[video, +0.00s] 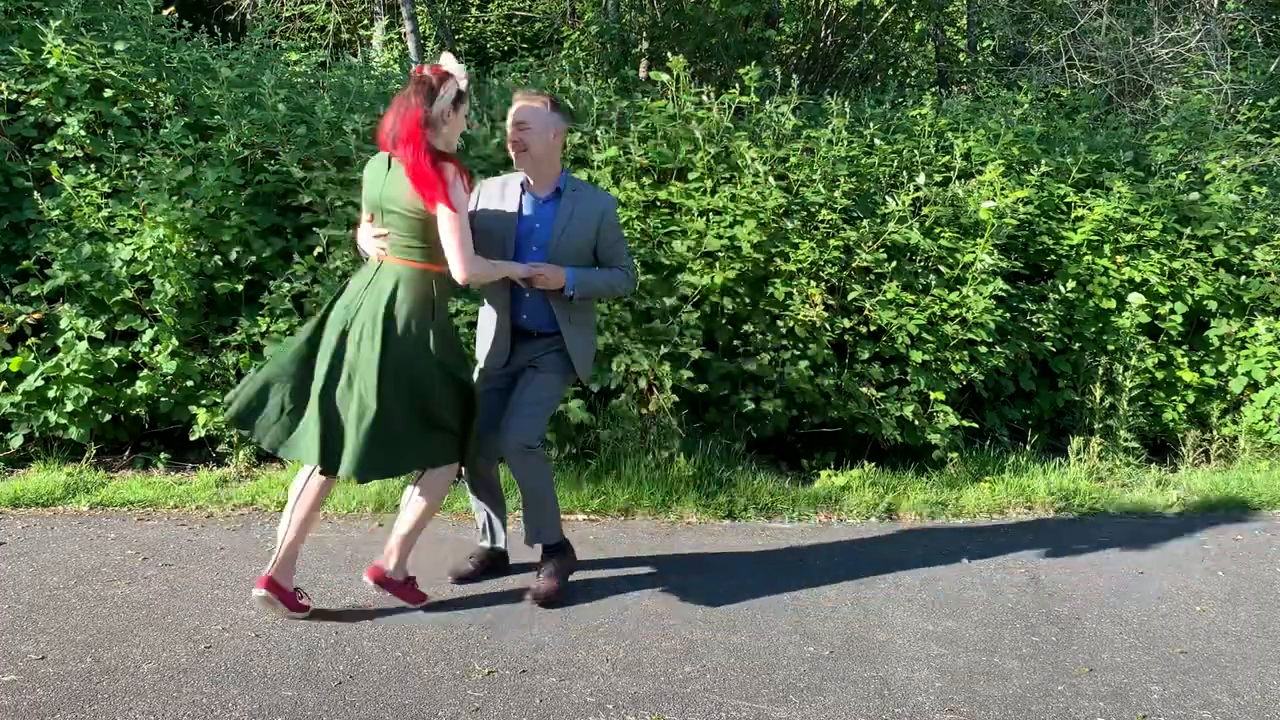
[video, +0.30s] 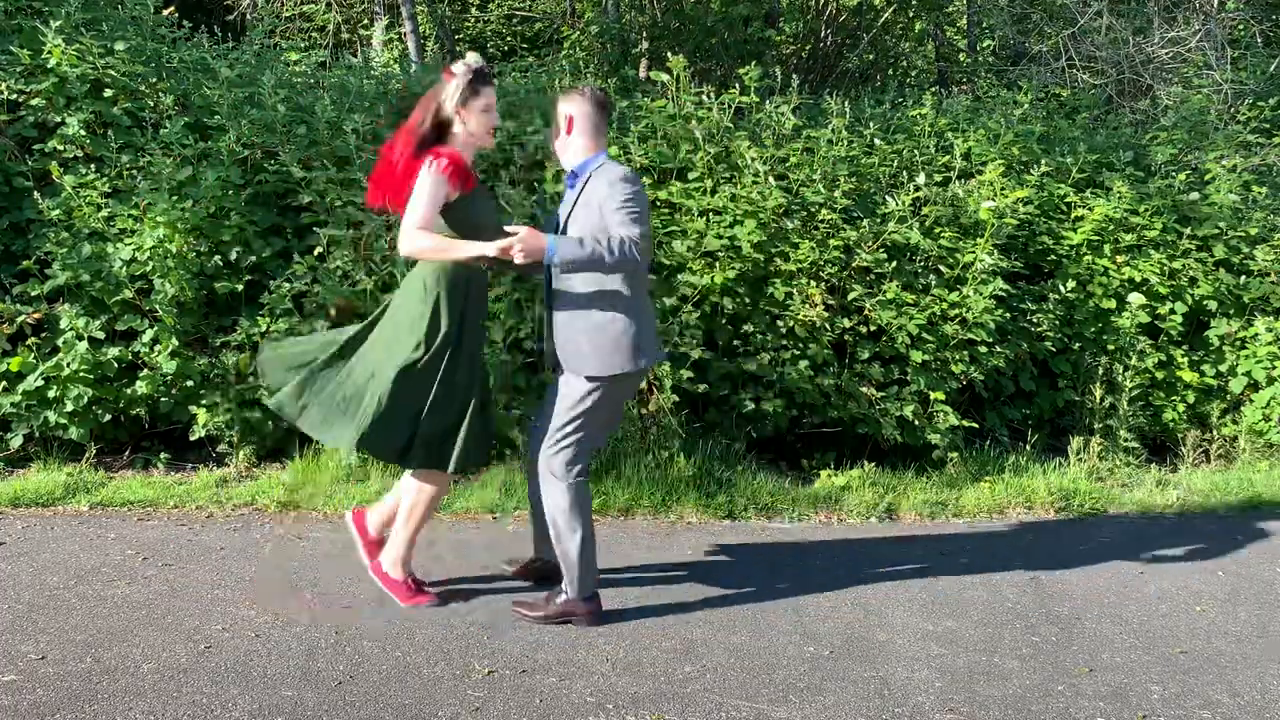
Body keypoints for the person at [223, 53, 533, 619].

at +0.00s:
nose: (466, 118)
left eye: (465, 108)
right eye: (459, 110)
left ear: (413, 116)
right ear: (435, 117)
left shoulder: (378, 165)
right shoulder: (445, 175)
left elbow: (368, 238)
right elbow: (465, 269)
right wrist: (516, 268)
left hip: (359, 305)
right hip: (410, 318)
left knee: (329, 443)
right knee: (448, 443)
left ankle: (278, 570)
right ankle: (393, 562)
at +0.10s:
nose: (465, 131)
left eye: (464, 121)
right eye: (459, 121)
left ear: (423, 122)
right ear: (433, 124)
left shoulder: (388, 170)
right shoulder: (428, 182)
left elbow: (377, 249)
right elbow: (453, 275)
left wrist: (446, 247)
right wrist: (532, 284)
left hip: (364, 309)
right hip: (403, 324)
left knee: (320, 444)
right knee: (441, 453)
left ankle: (272, 570)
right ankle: (395, 562)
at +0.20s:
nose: (476, 125)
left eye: (474, 114)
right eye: (469, 115)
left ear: (441, 120)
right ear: (442, 121)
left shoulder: (422, 168)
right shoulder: (430, 171)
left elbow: (435, 252)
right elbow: (437, 261)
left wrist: (504, 264)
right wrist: (514, 268)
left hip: (399, 310)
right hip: (421, 316)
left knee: (376, 447)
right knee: (438, 463)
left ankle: (296, 549)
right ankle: (394, 565)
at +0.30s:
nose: (497, 119)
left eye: (496, 108)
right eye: (488, 109)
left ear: (469, 114)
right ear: (460, 113)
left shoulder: (463, 167)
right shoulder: (441, 166)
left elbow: (464, 233)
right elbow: (412, 240)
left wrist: (508, 241)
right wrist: (486, 248)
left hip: (457, 319)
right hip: (438, 320)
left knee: (456, 434)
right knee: (446, 442)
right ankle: (396, 561)